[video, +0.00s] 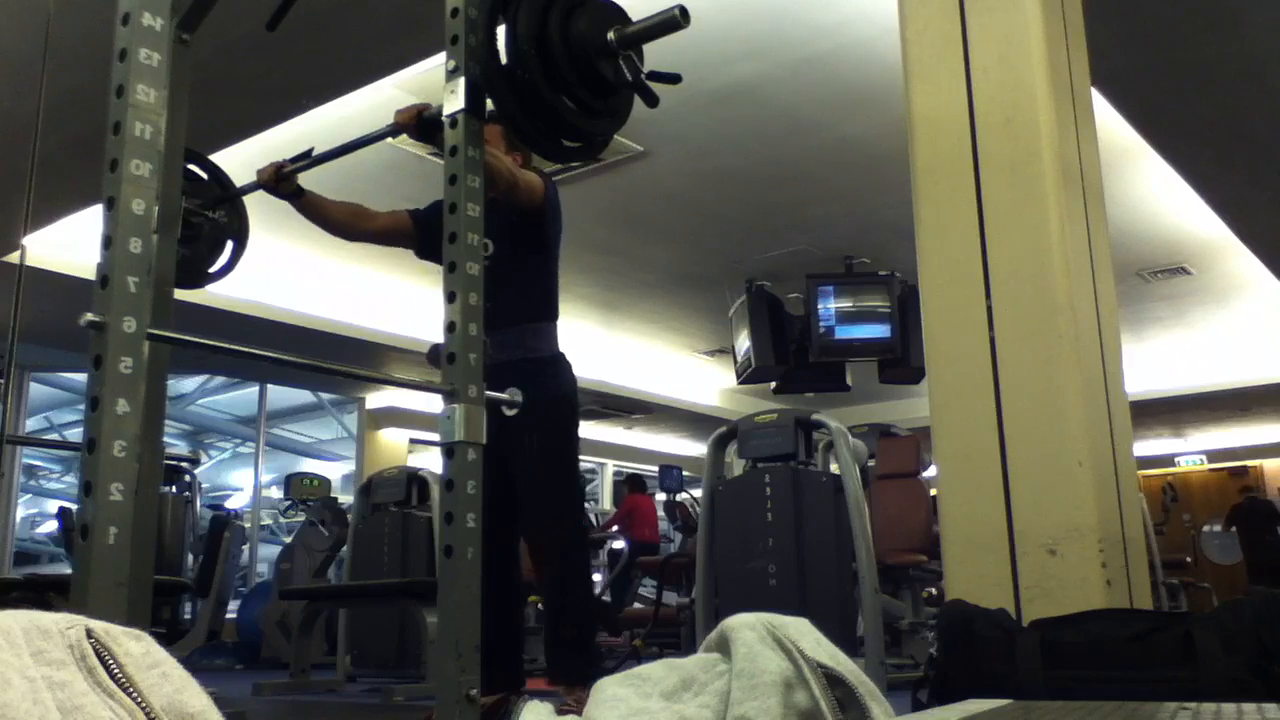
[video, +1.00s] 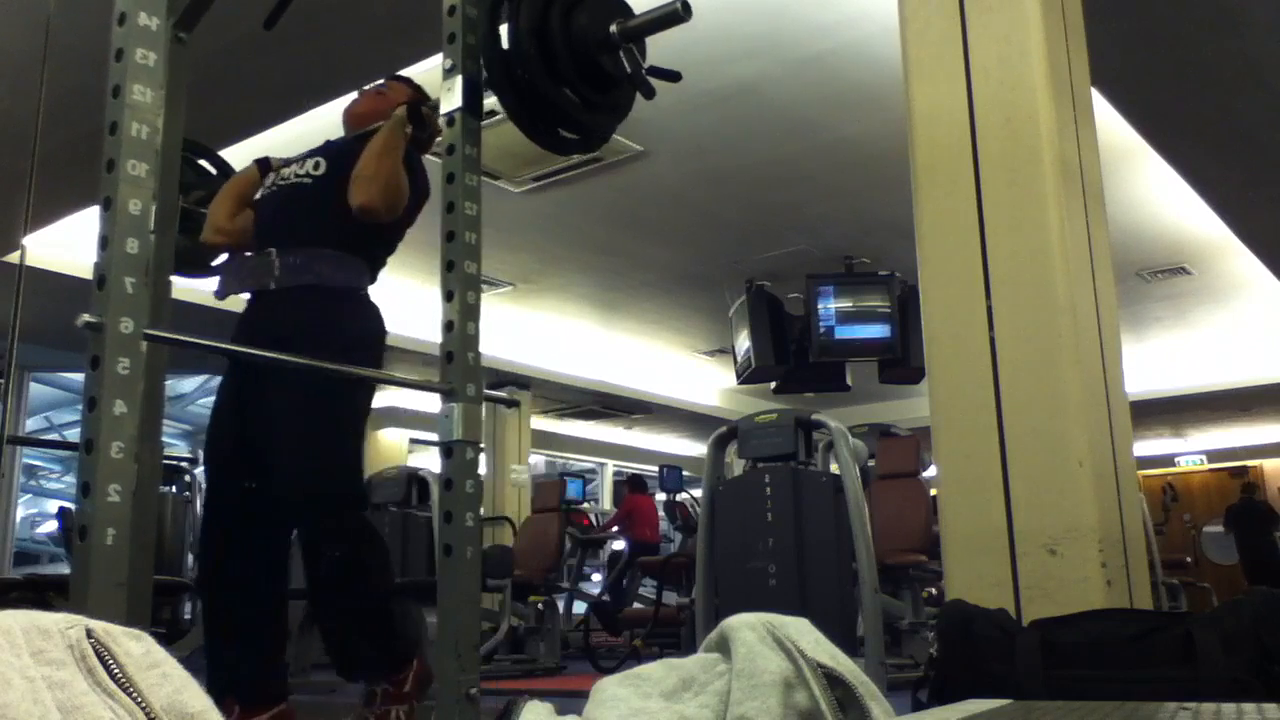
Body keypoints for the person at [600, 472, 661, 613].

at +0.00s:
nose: (626, 490)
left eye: (627, 487)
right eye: (626, 487)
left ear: (631, 487)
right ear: (643, 487)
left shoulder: (631, 500)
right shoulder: (649, 501)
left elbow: (616, 518)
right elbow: (637, 522)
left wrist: (601, 529)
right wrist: (619, 531)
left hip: (637, 546)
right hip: (654, 546)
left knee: (613, 554)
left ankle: (618, 600)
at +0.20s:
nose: (626, 490)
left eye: (627, 487)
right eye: (626, 487)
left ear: (631, 487)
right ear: (644, 487)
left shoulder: (631, 500)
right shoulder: (650, 501)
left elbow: (617, 519)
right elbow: (637, 523)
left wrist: (600, 530)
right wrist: (619, 532)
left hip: (637, 545)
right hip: (654, 546)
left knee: (611, 569)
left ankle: (616, 603)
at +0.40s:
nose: (624, 489)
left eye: (625, 486)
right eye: (624, 486)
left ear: (630, 486)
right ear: (643, 485)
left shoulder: (631, 499)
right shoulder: (649, 500)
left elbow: (616, 520)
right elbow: (635, 524)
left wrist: (600, 530)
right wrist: (615, 534)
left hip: (636, 546)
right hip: (653, 547)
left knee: (603, 554)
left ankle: (610, 588)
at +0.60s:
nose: (625, 490)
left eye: (625, 487)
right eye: (625, 487)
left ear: (630, 487)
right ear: (642, 486)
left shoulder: (631, 500)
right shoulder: (649, 500)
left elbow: (617, 520)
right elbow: (635, 523)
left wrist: (600, 530)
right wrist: (617, 533)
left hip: (637, 544)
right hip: (654, 545)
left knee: (602, 562)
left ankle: (599, 601)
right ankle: (632, 604)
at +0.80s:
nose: (624, 491)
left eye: (625, 488)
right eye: (624, 488)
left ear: (629, 487)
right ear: (643, 487)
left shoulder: (630, 500)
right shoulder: (649, 501)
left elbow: (616, 518)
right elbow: (634, 522)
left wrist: (600, 530)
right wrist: (616, 533)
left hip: (637, 545)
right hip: (654, 546)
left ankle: (613, 609)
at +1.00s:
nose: (625, 490)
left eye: (627, 488)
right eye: (626, 488)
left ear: (630, 488)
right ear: (644, 488)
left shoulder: (631, 499)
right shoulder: (650, 501)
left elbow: (617, 519)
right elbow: (636, 523)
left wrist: (600, 530)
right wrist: (618, 532)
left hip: (637, 548)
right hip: (654, 548)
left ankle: (617, 602)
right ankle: (622, 600)